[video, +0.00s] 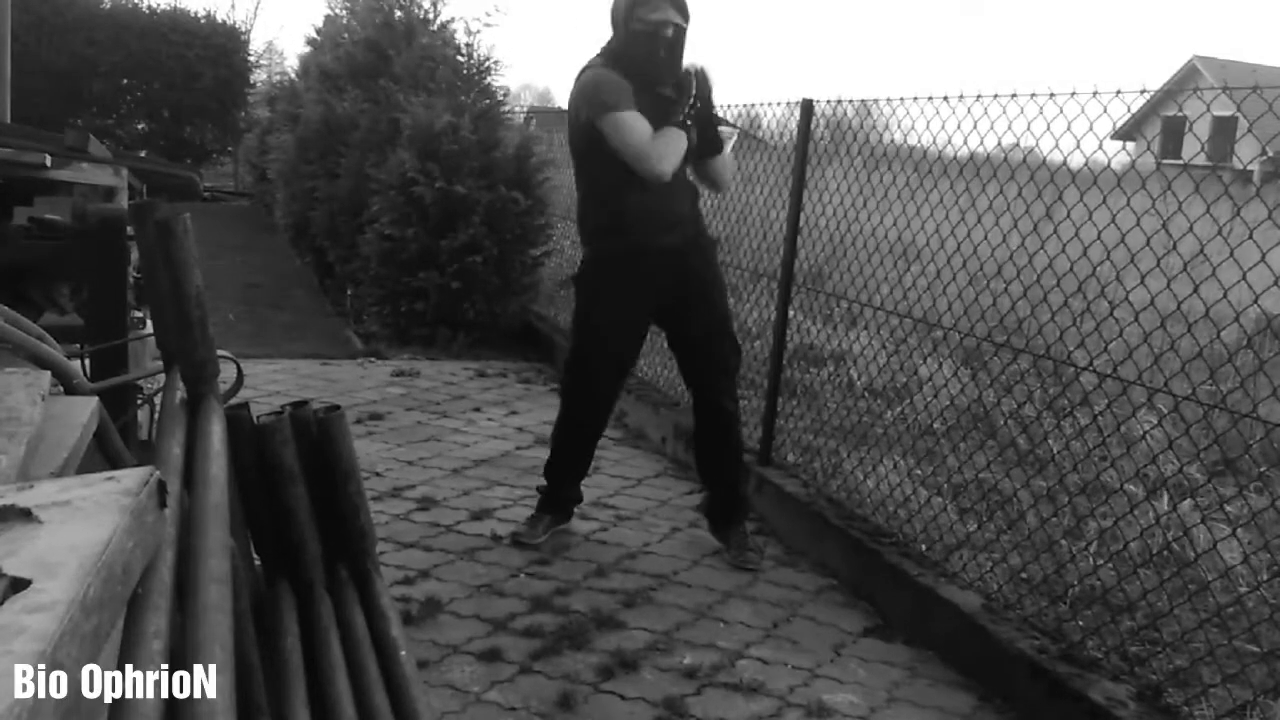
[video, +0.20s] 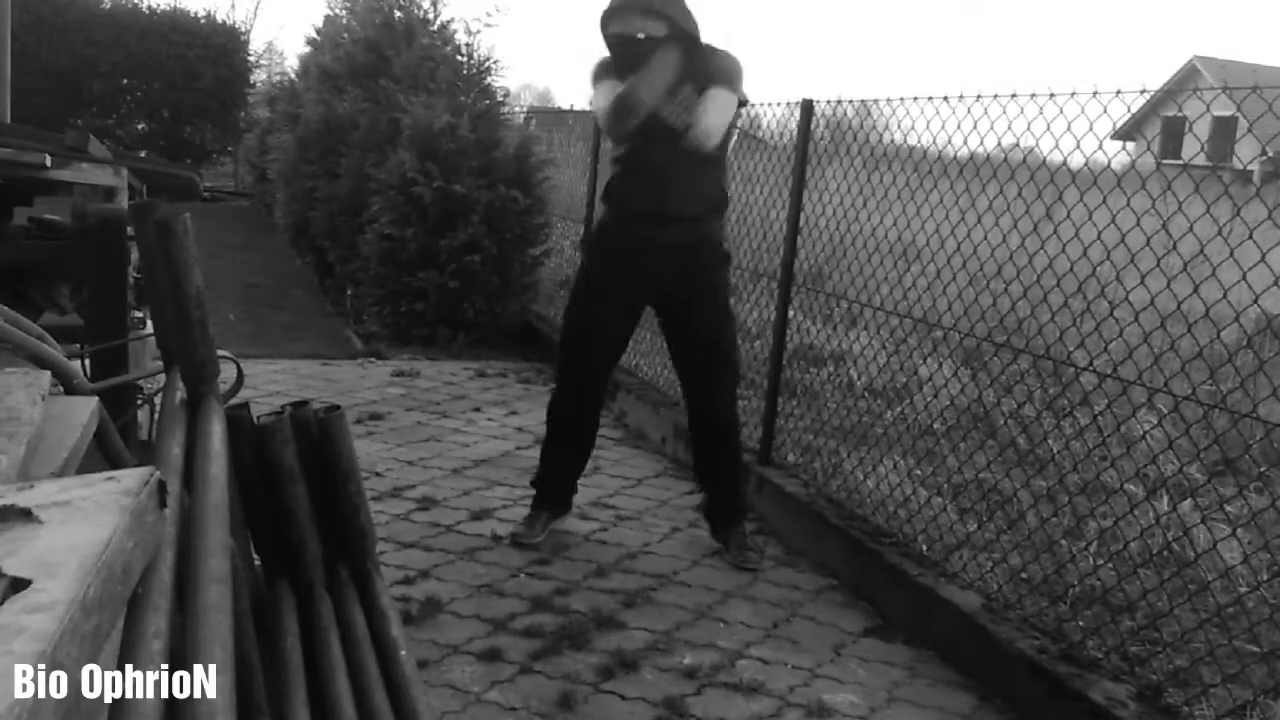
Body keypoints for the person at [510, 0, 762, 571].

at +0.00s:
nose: (665, 40)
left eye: (676, 29)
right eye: (651, 26)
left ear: (686, 31)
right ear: (622, 25)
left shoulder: (678, 89)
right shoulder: (601, 83)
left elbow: (719, 178)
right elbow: (656, 164)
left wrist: (703, 116)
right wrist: (682, 111)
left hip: (688, 266)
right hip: (617, 267)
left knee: (717, 388)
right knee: (588, 389)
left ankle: (730, 520)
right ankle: (555, 505)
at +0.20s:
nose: (635, 51)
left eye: (647, 39)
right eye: (624, 41)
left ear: (676, 36)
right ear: (615, 39)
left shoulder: (718, 68)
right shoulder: (611, 72)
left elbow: (706, 135)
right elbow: (618, 122)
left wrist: (644, 94)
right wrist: (676, 50)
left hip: (693, 253)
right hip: (619, 247)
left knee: (713, 389)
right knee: (579, 375)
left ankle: (729, 521)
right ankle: (550, 500)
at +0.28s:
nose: (637, 56)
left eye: (646, 43)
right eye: (628, 45)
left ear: (678, 34)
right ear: (621, 40)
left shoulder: (729, 78)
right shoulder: (628, 80)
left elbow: (673, 164)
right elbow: (604, 149)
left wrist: (617, 184)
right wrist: (595, 187)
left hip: (689, 263)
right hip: (616, 253)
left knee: (705, 393)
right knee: (581, 378)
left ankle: (725, 523)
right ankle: (549, 499)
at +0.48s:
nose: (643, 61)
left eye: (654, 49)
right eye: (638, 48)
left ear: (687, 42)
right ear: (637, 42)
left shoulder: (737, 94)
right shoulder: (643, 87)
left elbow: (681, 165)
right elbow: (615, 147)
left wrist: (629, 210)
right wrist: (596, 200)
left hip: (682, 269)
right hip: (617, 255)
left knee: (695, 396)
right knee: (571, 371)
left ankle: (723, 525)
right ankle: (552, 498)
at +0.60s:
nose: (670, 13)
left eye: (677, 7)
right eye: (660, 10)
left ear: (693, 12)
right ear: (645, 14)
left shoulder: (719, 65)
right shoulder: (623, 54)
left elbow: (707, 90)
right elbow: (596, 80)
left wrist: (691, 26)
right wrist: (616, 13)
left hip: (688, 253)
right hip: (614, 245)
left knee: (710, 390)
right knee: (575, 376)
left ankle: (727, 523)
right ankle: (553, 503)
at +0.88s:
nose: (658, 56)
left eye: (668, 49)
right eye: (648, 43)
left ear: (678, 51)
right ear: (622, 37)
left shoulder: (673, 97)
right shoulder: (576, 88)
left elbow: (726, 157)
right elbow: (597, 155)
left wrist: (707, 86)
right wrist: (610, 79)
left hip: (687, 263)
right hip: (614, 265)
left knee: (717, 387)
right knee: (586, 389)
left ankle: (730, 522)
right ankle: (556, 505)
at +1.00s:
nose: (645, 20)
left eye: (658, 10)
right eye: (632, 9)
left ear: (674, 16)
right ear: (609, 13)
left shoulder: (696, 73)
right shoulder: (582, 77)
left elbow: (777, 115)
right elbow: (516, 146)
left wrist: (736, 182)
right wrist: (584, 182)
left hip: (688, 253)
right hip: (609, 253)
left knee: (714, 386)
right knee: (576, 381)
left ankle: (731, 521)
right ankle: (554, 505)